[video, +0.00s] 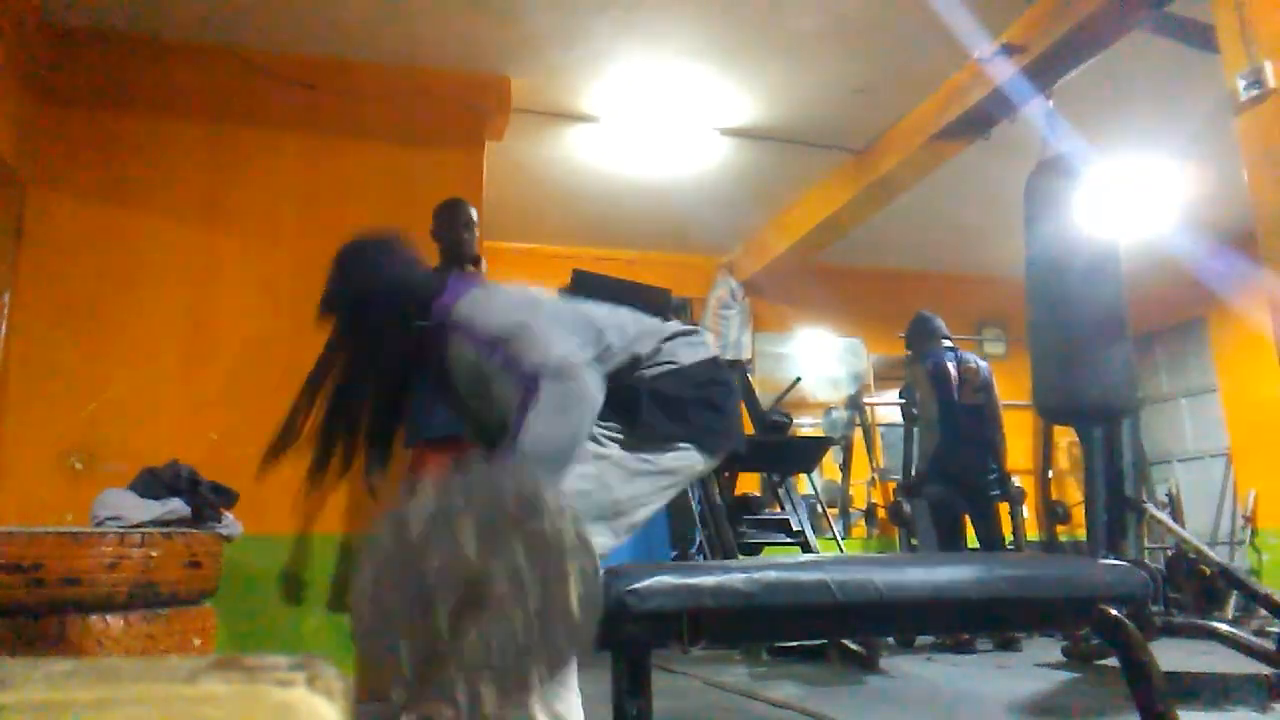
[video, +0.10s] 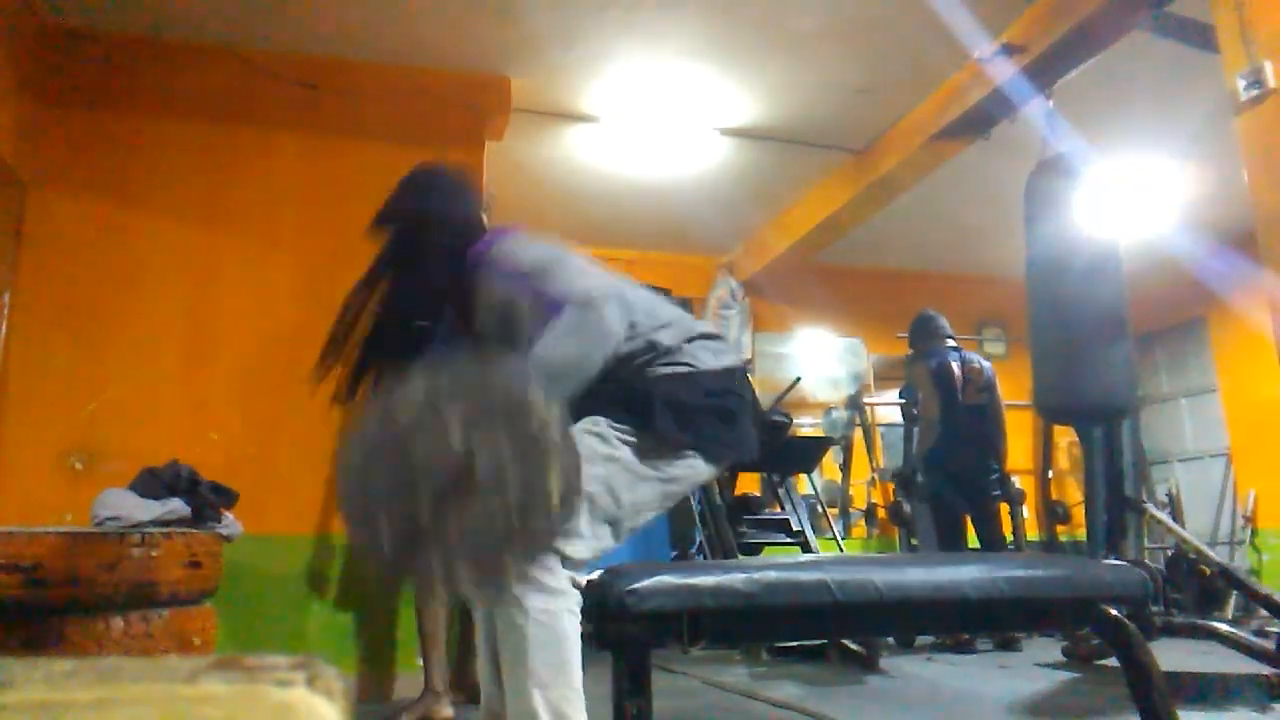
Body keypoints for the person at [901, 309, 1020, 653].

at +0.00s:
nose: (910, 350)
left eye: (910, 344)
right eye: (909, 345)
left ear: (919, 340)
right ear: (945, 335)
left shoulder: (921, 370)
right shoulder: (979, 366)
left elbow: (930, 423)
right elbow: (996, 422)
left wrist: (918, 472)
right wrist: (1004, 470)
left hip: (942, 474)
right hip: (979, 472)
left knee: (950, 550)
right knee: (993, 547)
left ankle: (959, 630)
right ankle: (1005, 627)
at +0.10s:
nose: (914, 349)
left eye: (914, 344)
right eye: (913, 344)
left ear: (919, 340)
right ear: (948, 334)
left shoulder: (924, 366)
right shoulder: (982, 365)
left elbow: (931, 417)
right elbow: (998, 420)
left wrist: (917, 459)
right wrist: (1002, 466)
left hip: (944, 467)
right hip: (981, 466)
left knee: (951, 548)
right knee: (995, 545)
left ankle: (958, 630)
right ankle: (1006, 627)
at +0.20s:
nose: (918, 351)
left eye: (917, 345)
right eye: (918, 346)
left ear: (924, 340)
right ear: (952, 333)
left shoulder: (931, 365)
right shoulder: (986, 365)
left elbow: (929, 420)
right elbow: (999, 423)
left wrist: (910, 449)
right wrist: (1001, 466)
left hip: (946, 467)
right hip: (981, 466)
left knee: (951, 547)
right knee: (994, 545)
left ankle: (958, 629)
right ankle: (1007, 628)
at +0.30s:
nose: (923, 352)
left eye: (922, 346)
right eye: (922, 346)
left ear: (929, 340)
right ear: (953, 333)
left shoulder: (936, 364)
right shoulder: (989, 365)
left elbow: (930, 418)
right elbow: (1001, 422)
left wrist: (906, 430)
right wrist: (1002, 466)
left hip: (947, 467)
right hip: (983, 467)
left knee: (951, 548)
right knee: (994, 546)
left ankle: (959, 630)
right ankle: (1008, 628)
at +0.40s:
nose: (921, 356)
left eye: (920, 350)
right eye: (920, 351)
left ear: (925, 343)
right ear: (951, 333)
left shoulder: (936, 364)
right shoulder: (987, 363)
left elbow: (922, 419)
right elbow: (1001, 421)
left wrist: (897, 410)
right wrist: (1001, 464)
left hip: (948, 468)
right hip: (983, 465)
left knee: (951, 547)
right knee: (993, 543)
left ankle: (956, 630)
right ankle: (1006, 628)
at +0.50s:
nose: (921, 359)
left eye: (920, 353)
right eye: (920, 354)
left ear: (925, 345)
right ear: (948, 337)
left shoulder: (936, 365)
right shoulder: (986, 363)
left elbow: (916, 418)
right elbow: (1002, 421)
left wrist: (904, 401)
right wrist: (1004, 467)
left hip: (947, 472)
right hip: (984, 471)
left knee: (952, 550)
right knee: (995, 547)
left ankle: (960, 631)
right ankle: (1008, 628)